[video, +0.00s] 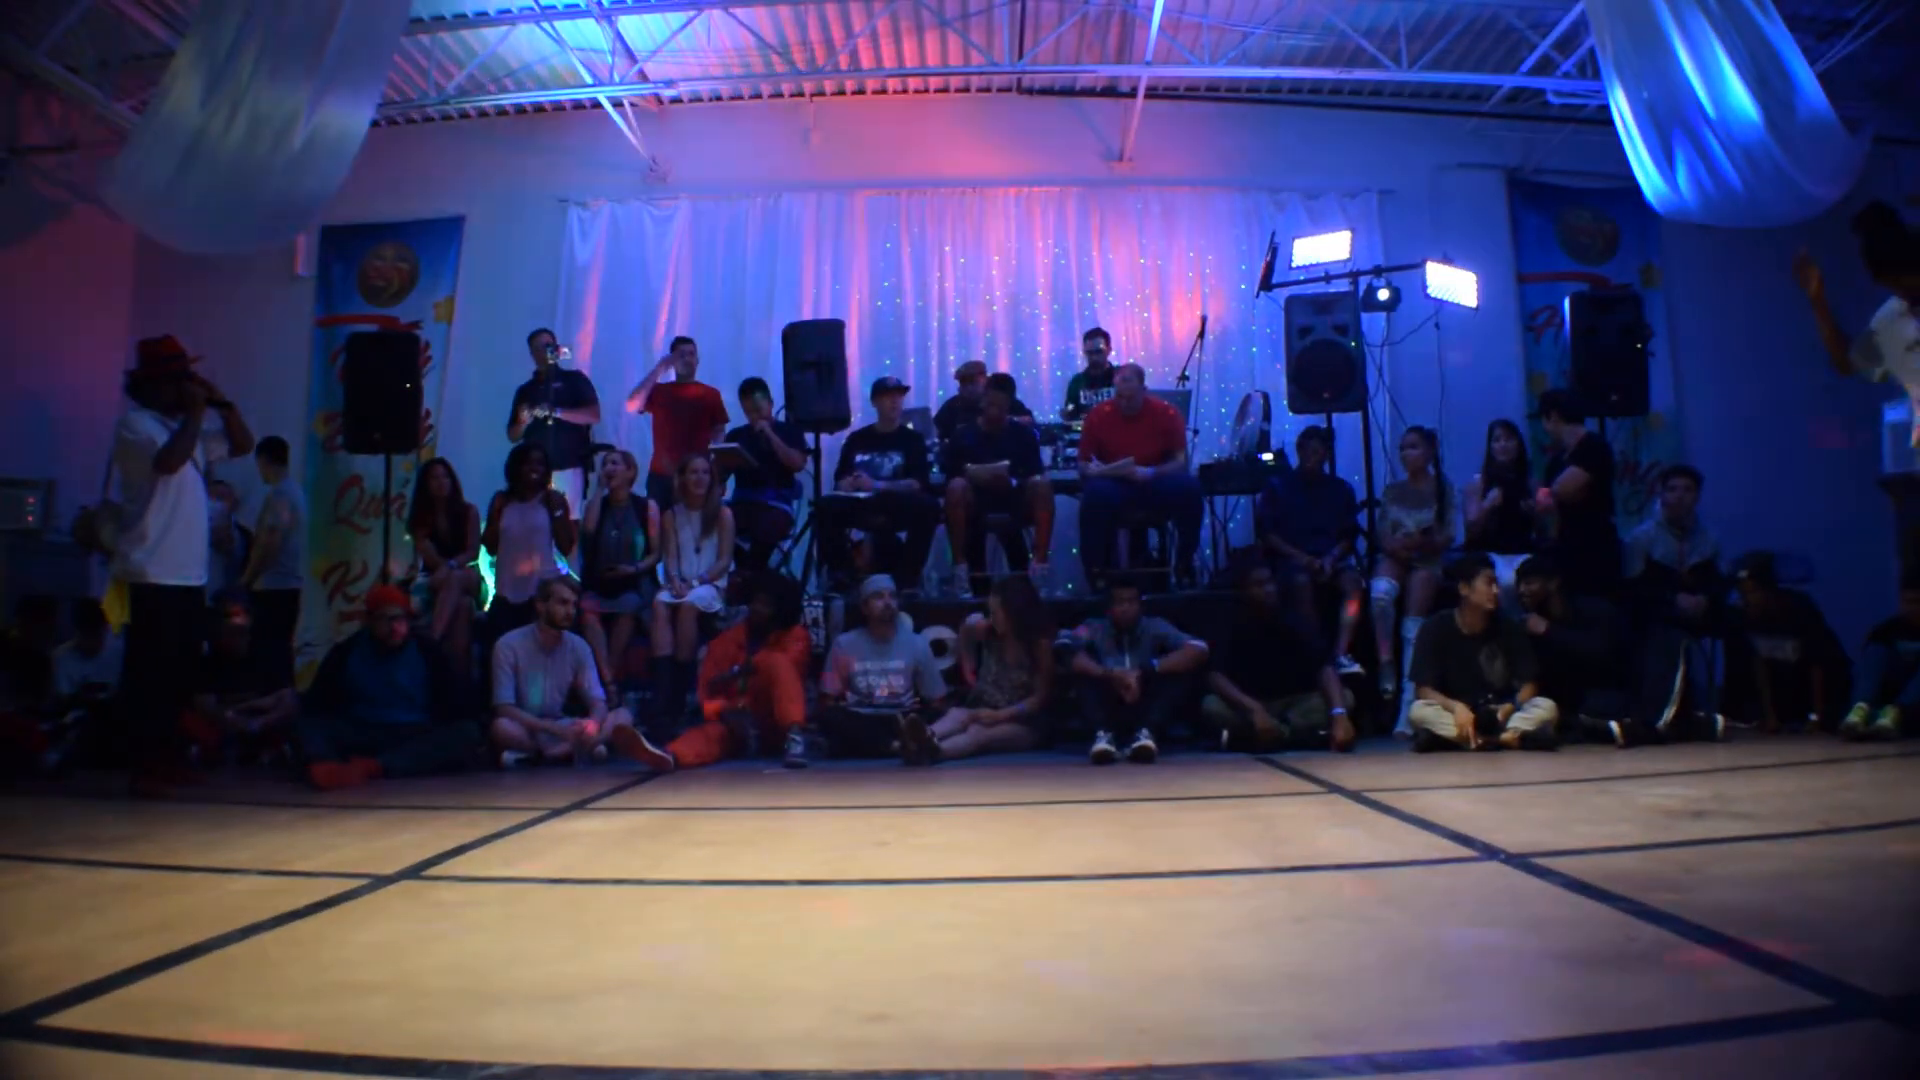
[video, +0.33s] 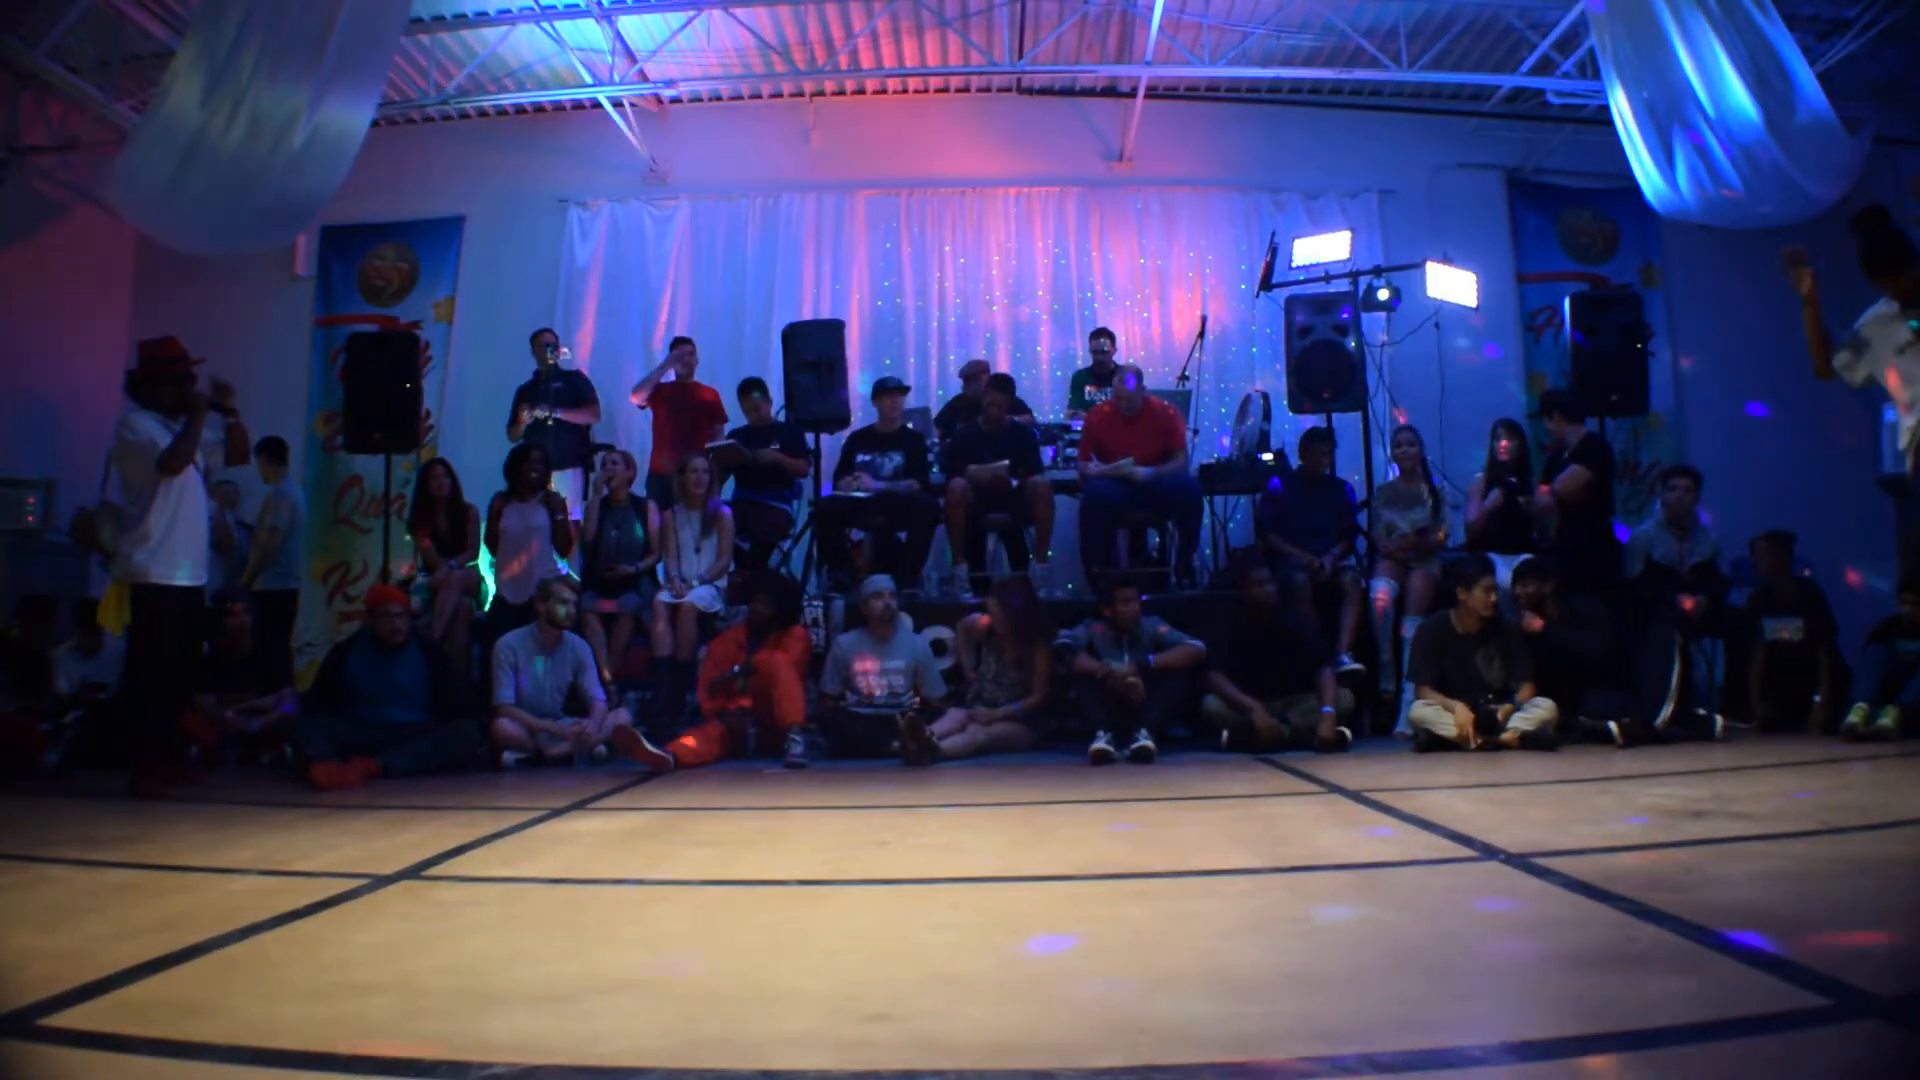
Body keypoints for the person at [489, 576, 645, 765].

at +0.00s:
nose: (570, 611)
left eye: (573, 604)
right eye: (562, 603)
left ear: (577, 607)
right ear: (541, 606)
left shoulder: (578, 647)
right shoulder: (509, 645)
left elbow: (598, 701)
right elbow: (504, 707)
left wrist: (593, 724)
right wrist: (556, 729)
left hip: (564, 723)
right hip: (527, 723)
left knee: (623, 716)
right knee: (502, 728)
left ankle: (546, 753)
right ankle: (578, 748)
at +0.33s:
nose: (570, 610)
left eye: (573, 604)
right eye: (562, 603)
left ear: (577, 606)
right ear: (541, 606)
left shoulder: (579, 647)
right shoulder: (509, 645)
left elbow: (598, 699)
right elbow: (504, 707)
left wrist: (593, 725)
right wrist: (559, 730)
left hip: (563, 721)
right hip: (527, 722)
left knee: (622, 716)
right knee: (502, 728)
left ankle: (554, 752)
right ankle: (579, 749)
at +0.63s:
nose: (576, 606)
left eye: (575, 600)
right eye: (569, 600)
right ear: (547, 607)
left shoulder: (577, 645)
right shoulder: (509, 645)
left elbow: (598, 699)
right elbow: (504, 707)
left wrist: (592, 726)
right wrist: (555, 728)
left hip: (565, 721)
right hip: (528, 723)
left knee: (622, 716)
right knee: (502, 728)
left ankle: (559, 750)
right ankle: (578, 747)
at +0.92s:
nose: (570, 597)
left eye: (567, 591)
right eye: (562, 592)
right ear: (542, 604)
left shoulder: (568, 638)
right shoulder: (508, 643)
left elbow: (591, 686)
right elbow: (504, 706)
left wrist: (592, 721)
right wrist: (553, 728)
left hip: (562, 719)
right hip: (527, 721)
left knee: (623, 715)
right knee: (502, 728)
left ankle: (558, 750)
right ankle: (580, 746)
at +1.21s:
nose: (552, 590)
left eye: (549, 586)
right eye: (545, 587)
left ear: (531, 602)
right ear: (527, 601)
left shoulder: (557, 632)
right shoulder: (499, 643)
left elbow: (575, 680)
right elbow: (502, 706)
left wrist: (587, 721)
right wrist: (560, 728)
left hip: (561, 717)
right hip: (527, 720)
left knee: (620, 712)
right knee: (503, 728)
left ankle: (557, 750)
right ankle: (579, 746)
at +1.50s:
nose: (542, 591)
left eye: (540, 586)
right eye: (533, 587)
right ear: (511, 599)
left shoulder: (553, 632)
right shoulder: (492, 645)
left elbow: (571, 679)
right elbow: (502, 705)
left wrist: (588, 721)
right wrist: (562, 728)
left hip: (559, 712)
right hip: (523, 717)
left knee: (614, 702)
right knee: (501, 726)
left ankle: (553, 749)